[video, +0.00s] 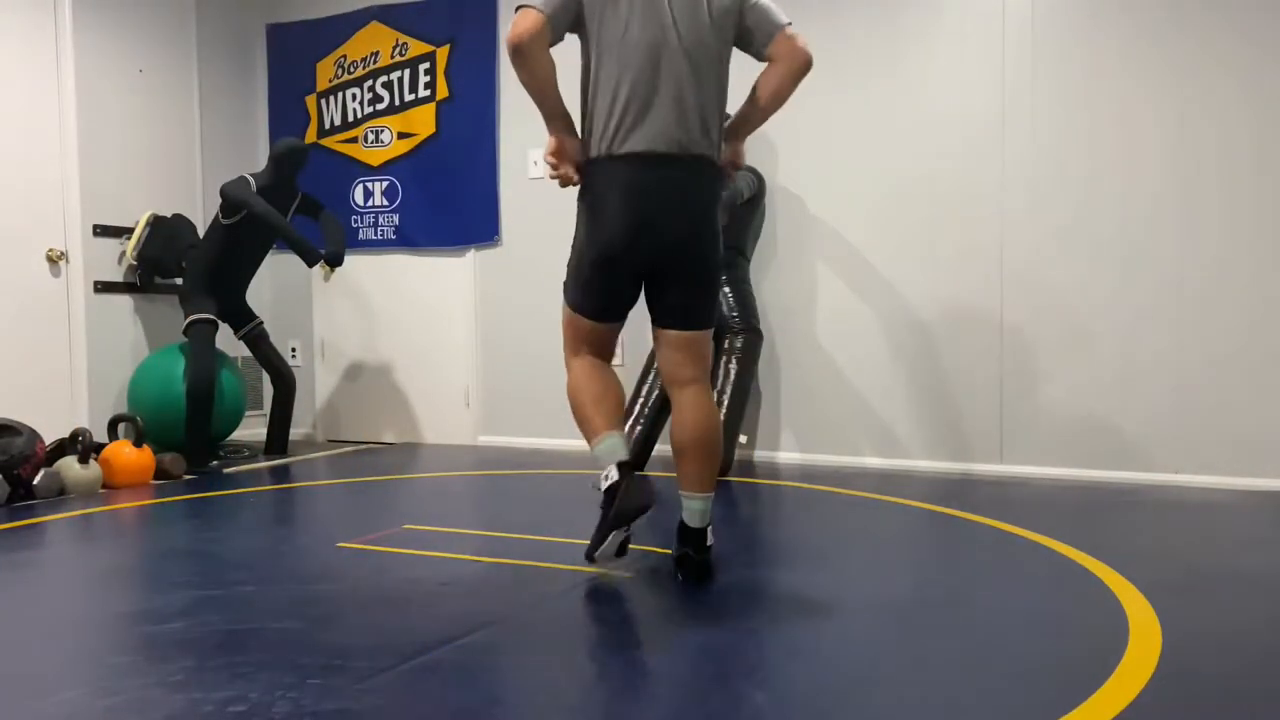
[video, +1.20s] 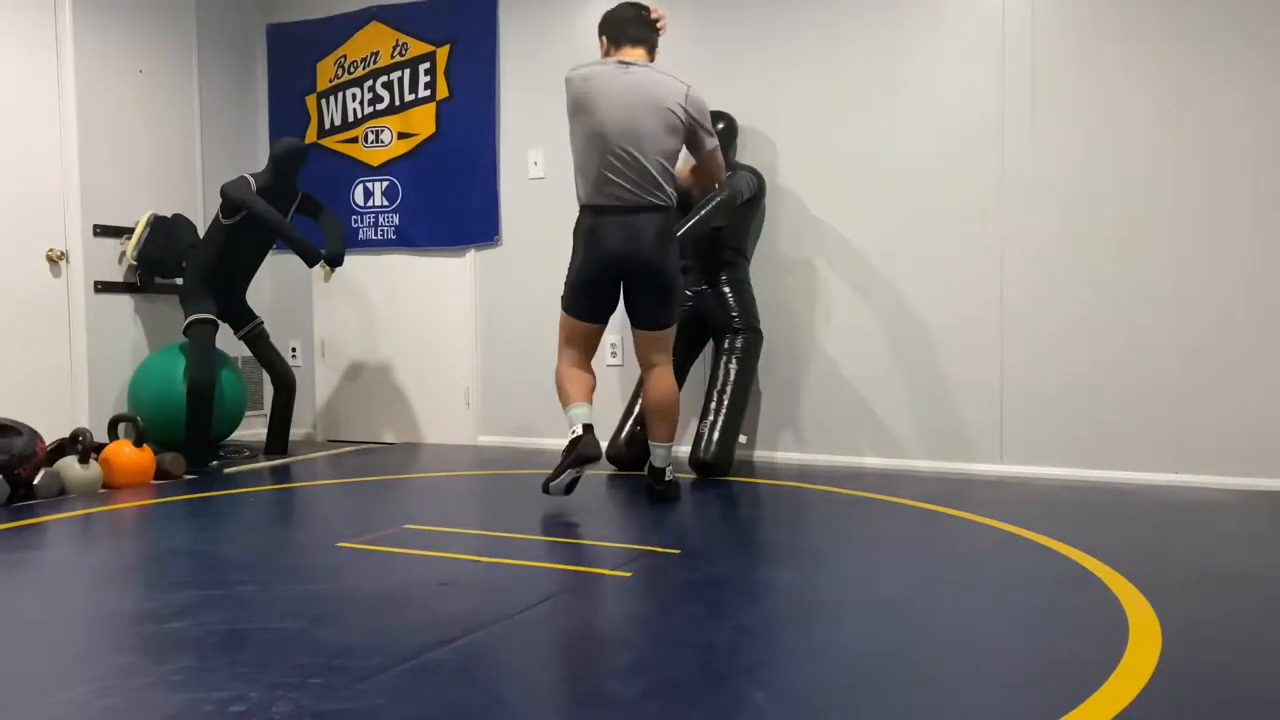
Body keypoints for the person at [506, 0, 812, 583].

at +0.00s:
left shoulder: (586, 0)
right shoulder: (725, 1)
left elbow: (523, 35)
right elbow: (794, 55)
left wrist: (559, 127)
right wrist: (736, 132)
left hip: (615, 192)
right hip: (693, 194)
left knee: (589, 352)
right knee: (690, 376)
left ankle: (617, 477)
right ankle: (694, 542)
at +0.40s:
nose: (638, 13)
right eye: (638, 9)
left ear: (577, 7)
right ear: (631, 7)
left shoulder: (538, 46)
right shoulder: (663, 40)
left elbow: (467, 107)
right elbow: (736, 92)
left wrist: (515, 163)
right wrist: (704, 167)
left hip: (574, 226)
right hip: (644, 225)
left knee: (571, 373)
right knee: (673, 371)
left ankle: (563, 504)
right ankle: (682, 475)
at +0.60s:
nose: (629, 27)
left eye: (626, 22)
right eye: (629, 20)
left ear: (572, 12)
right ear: (623, 15)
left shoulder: (527, 60)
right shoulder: (641, 54)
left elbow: (500, 146)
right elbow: (702, 138)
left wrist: (551, 119)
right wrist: (662, 128)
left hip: (560, 225)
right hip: (628, 222)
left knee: (566, 370)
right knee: (661, 349)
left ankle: (564, 499)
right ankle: (652, 462)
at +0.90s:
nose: (633, 47)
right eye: (636, 40)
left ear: (581, 33)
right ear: (634, 40)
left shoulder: (545, 78)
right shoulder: (652, 83)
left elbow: (562, 141)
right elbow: (704, 162)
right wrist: (663, 175)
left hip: (569, 236)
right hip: (630, 234)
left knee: (570, 368)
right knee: (644, 364)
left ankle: (566, 497)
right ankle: (655, 466)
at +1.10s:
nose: (602, 49)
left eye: (599, 42)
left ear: (599, 41)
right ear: (650, 47)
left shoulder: (571, 83)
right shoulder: (674, 94)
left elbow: (594, 146)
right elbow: (711, 176)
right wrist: (671, 191)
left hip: (589, 238)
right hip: (649, 238)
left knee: (575, 362)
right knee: (655, 361)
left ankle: (572, 449)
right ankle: (661, 474)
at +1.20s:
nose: (605, 50)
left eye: (603, 43)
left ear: (605, 44)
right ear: (655, 45)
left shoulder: (578, 82)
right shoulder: (681, 94)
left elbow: (616, 74)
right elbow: (713, 174)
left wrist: (641, 26)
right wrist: (672, 174)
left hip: (595, 237)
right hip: (655, 238)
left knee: (575, 350)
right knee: (658, 359)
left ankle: (580, 432)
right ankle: (661, 472)